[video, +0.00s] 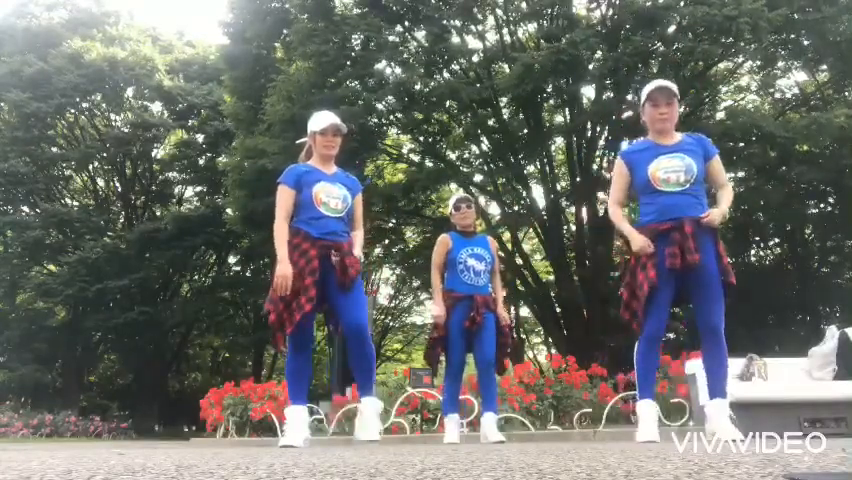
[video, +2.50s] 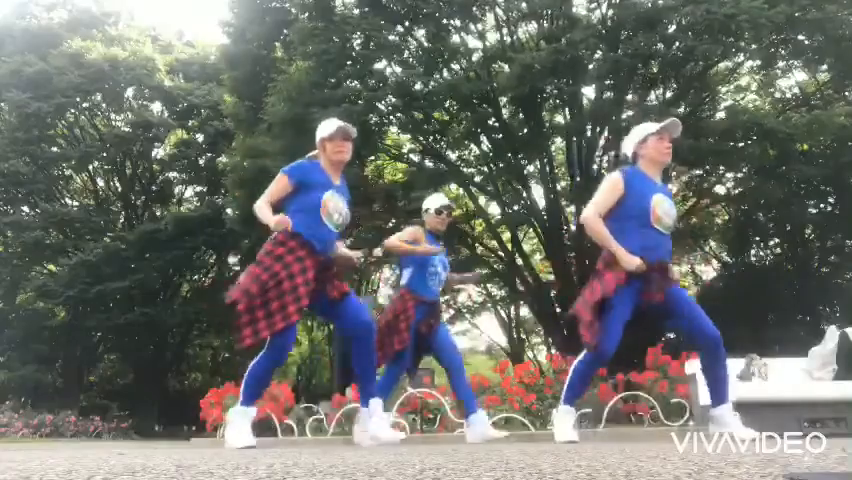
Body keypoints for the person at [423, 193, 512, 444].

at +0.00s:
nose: (463, 212)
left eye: (468, 208)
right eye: (458, 209)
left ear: (475, 212)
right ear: (451, 216)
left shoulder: (489, 242)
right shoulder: (446, 240)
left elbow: (496, 277)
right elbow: (435, 272)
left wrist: (500, 305)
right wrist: (438, 303)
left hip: (486, 304)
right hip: (457, 303)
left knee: (486, 361)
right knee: (455, 363)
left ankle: (489, 421)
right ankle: (451, 421)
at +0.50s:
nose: (468, 215)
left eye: (473, 212)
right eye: (463, 211)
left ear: (479, 218)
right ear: (455, 216)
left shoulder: (489, 243)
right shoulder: (443, 245)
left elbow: (500, 273)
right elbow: (437, 278)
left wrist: (508, 300)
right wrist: (438, 306)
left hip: (486, 306)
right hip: (456, 307)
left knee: (488, 362)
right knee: (458, 362)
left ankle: (490, 422)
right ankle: (451, 421)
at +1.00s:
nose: (468, 216)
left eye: (473, 213)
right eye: (463, 213)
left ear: (479, 219)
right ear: (455, 217)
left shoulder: (489, 246)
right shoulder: (444, 245)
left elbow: (496, 277)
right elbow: (433, 276)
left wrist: (497, 303)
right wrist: (431, 302)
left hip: (482, 306)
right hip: (454, 306)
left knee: (488, 361)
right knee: (452, 362)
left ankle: (498, 420)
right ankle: (449, 420)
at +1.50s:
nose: (455, 216)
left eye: (460, 212)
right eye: (451, 212)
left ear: (467, 216)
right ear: (444, 215)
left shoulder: (476, 243)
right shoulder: (431, 244)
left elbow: (486, 273)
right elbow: (417, 272)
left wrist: (491, 293)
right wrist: (419, 297)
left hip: (468, 305)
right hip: (439, 305)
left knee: (471, 363)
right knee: (436, 364)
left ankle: (480, 420)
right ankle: (431, 421)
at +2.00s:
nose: (425, 212)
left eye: (431, 209)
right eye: (421, 208)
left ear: (436, 216)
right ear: (413, 213)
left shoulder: (441, 240)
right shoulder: (396, 244)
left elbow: (460, 271)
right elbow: (386, 276)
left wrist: (452, 302)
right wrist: (389, 299)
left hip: (434, 309)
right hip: (404, 311)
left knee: (448, 366)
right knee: (388, 363)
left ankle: (473, 417)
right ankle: (395, 424)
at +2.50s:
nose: (445, 218)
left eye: (448, 214)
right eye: (440, 212)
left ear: (450, 218)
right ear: (426, 214)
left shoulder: (439, 247)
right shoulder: (416, 233)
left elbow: (441, 279)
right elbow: (388, 244)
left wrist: (469, 277)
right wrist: (421, 250)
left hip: (431, 313)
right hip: (410, 310)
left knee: (454, 362)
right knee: (397, 366)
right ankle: (368, 415)